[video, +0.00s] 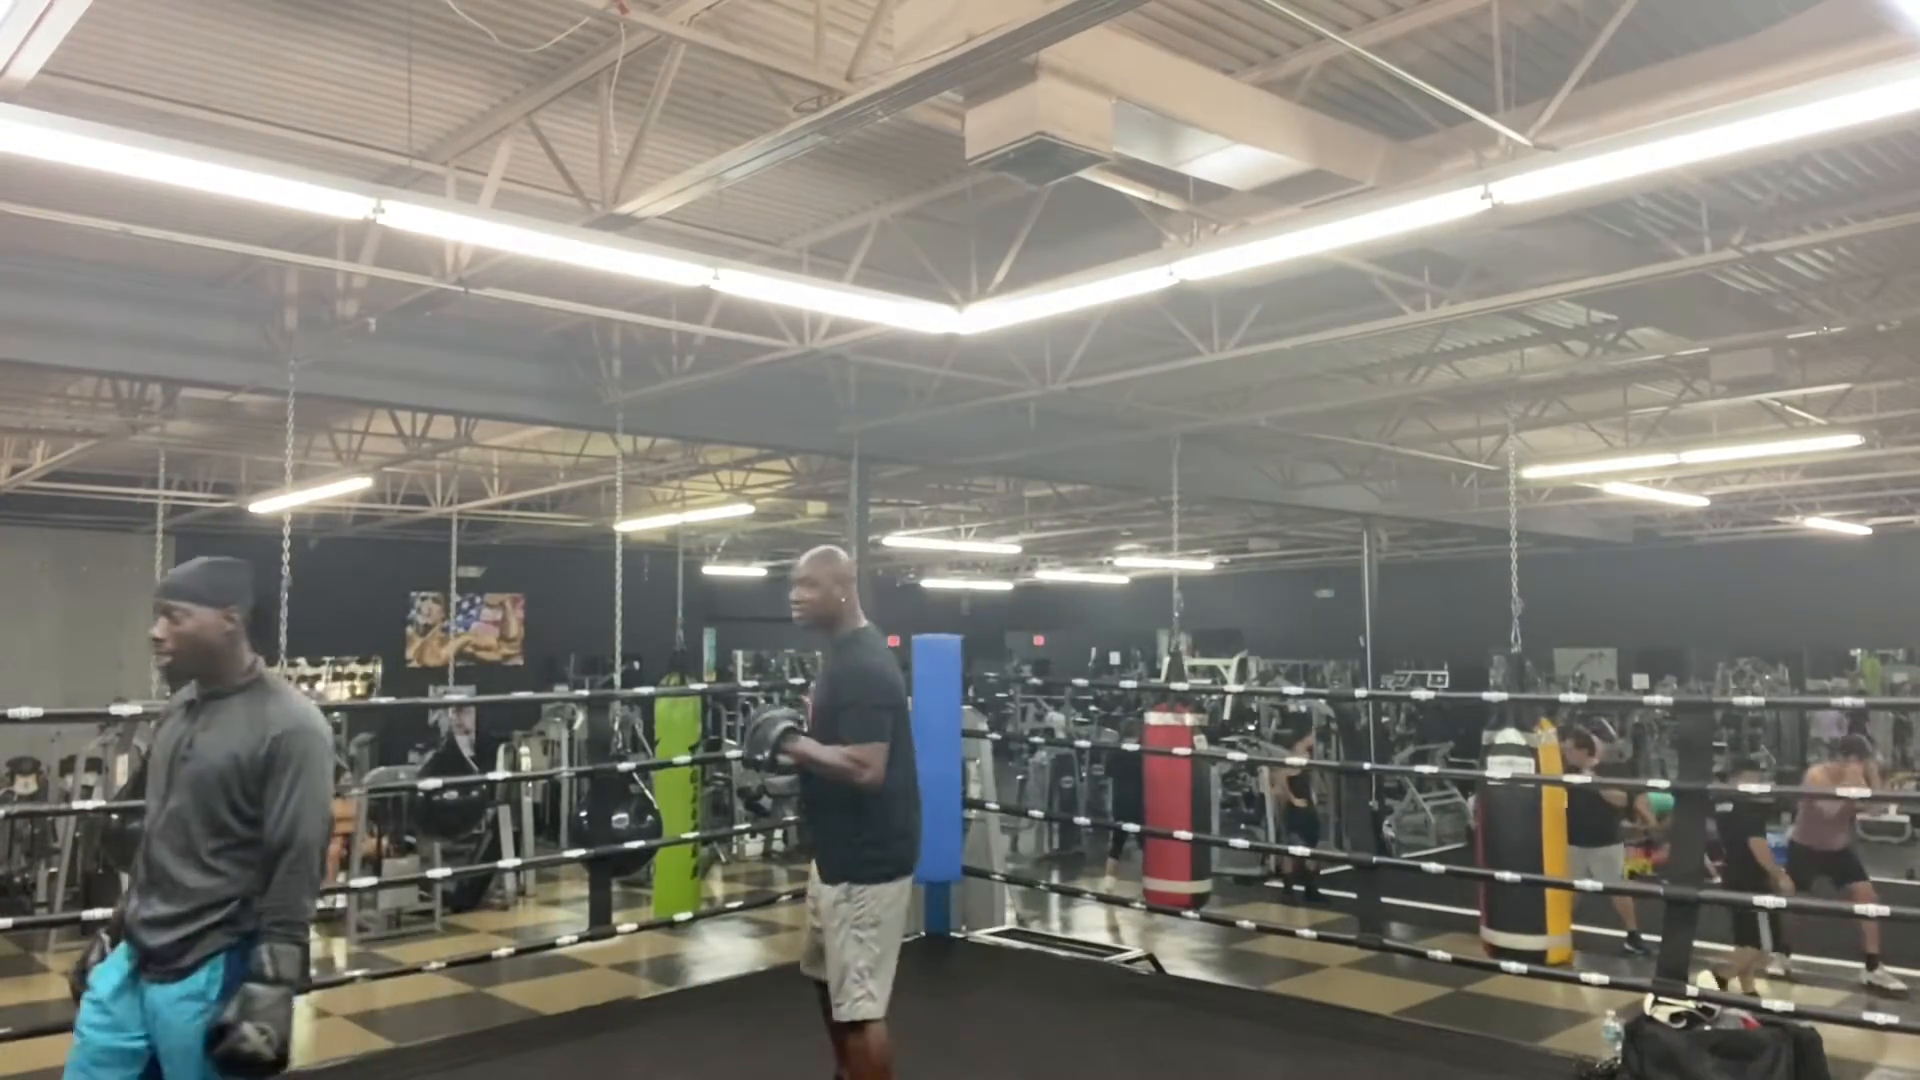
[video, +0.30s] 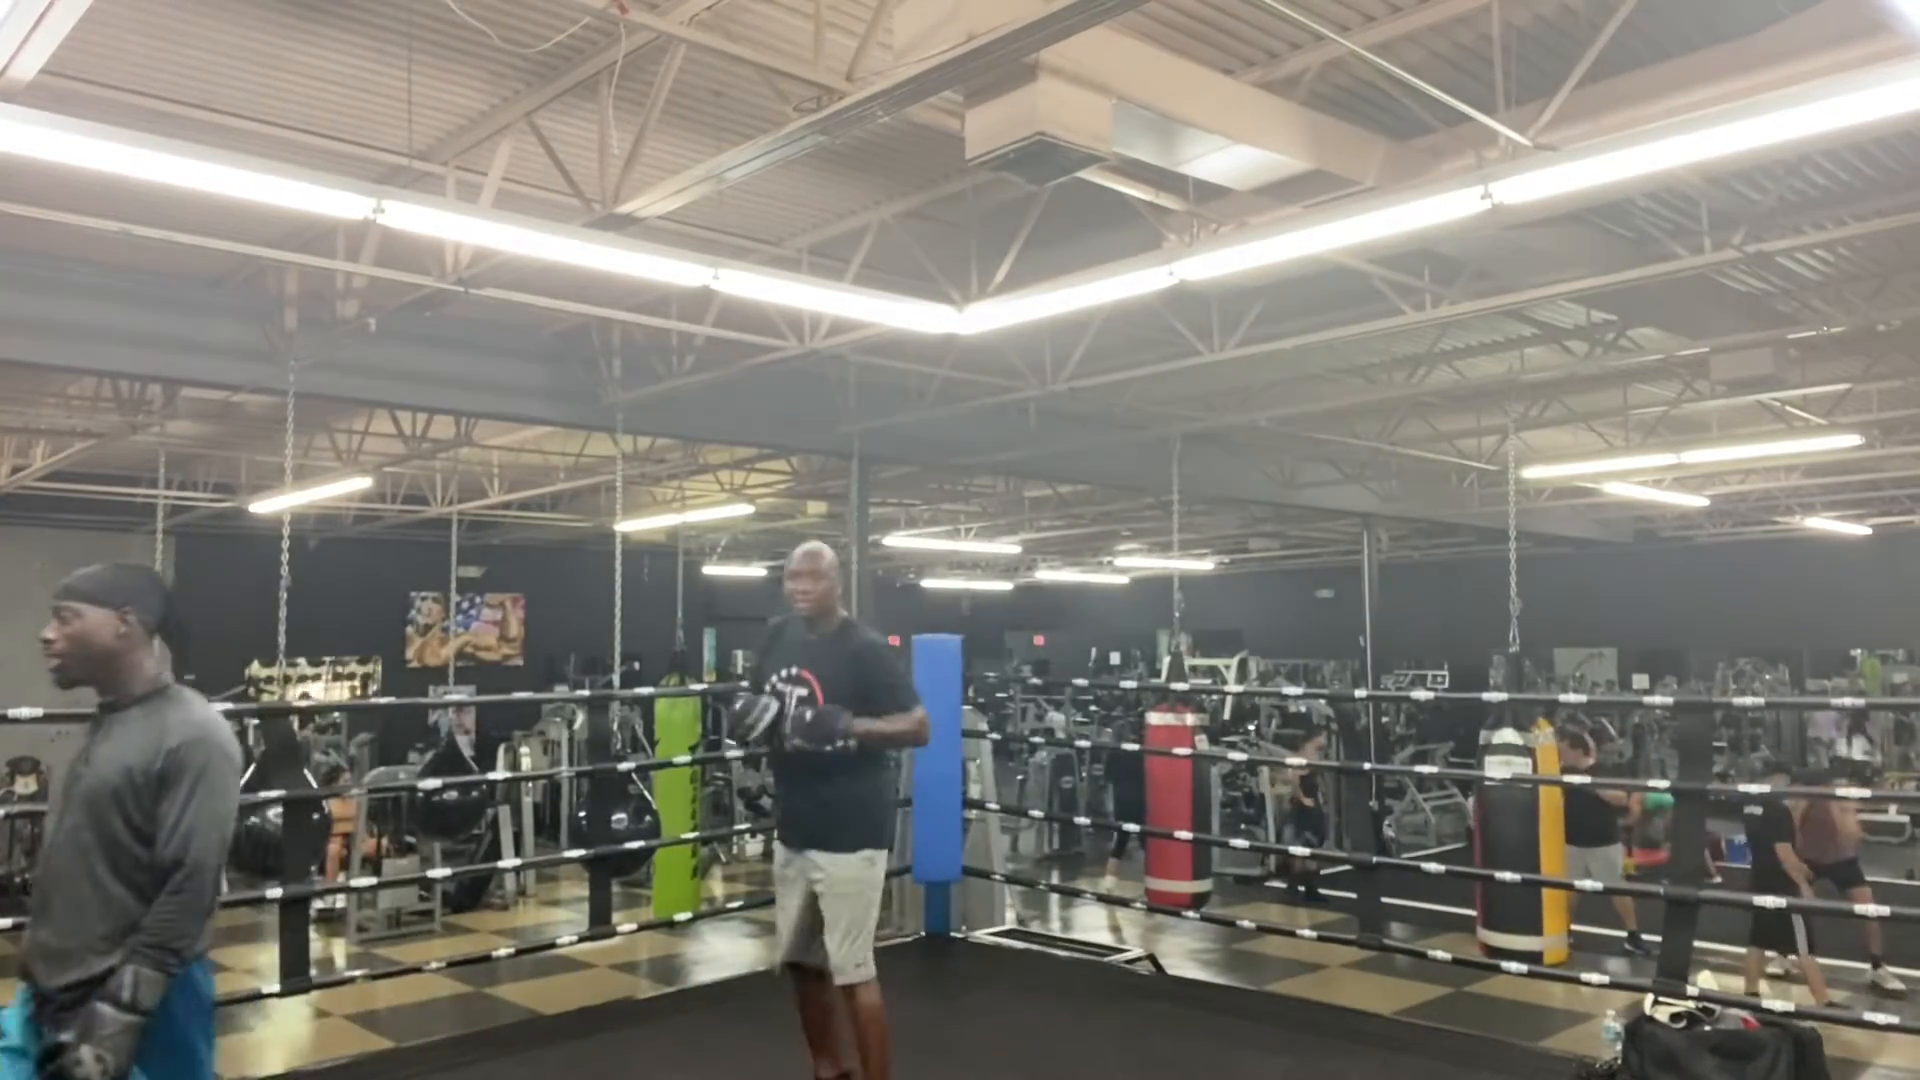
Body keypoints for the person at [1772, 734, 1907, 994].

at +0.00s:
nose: (1855, 767)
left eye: (1860, 763)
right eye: (1853, 762)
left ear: (1863, 763)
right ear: (1842, 758)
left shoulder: (1859, 780)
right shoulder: (1816, 775)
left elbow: (1877, 808)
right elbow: (1828, 813)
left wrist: (1873, 776)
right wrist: (1849, 786)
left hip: (1839, 852)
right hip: (1804, 850)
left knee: (1866, 898)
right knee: (1789, 905)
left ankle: (1873, 967)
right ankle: (1780, 955)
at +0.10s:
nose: (1844, 776)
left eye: (1849, 771)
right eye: (1839, 770)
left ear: (1853, 770)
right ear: (1827, 767)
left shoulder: (1855, 780)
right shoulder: (1807, 779)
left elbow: (1868, 817)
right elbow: (1810, 817)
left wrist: (1854, 792)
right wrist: (1829, 789)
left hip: (1842, 856)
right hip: (1802, 855)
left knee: (1867, 903)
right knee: (1784, 903)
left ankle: (1874, 966)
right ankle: (1782, 957)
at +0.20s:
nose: (1834, 777)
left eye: (1838, 773)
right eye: (1830, 772)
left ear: (1844, 773)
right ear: (1820, 771)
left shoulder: (1849, 791)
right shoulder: (1801, 788)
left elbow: (1860, 831)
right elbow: (1789, 826)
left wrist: (1846, 802)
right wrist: (1812, 798)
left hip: (1842, 859)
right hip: (1802, 858)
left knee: (1866, 905)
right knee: (1788, 905)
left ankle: (1876, 967)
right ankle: (1782, 957)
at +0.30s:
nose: (1844, 780)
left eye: (1849, 776)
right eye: (1840, 775)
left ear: (1854, 775)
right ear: (1831, 771)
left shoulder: (1852, 789)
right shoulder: (1813, 785)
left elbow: (1850, 814)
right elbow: (1793, 815)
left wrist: (1857, 833)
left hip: (1845, 860)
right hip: (1810, 861)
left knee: (1868, 911)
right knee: (1790, 906)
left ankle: (1877, 967)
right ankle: (1782, 955)